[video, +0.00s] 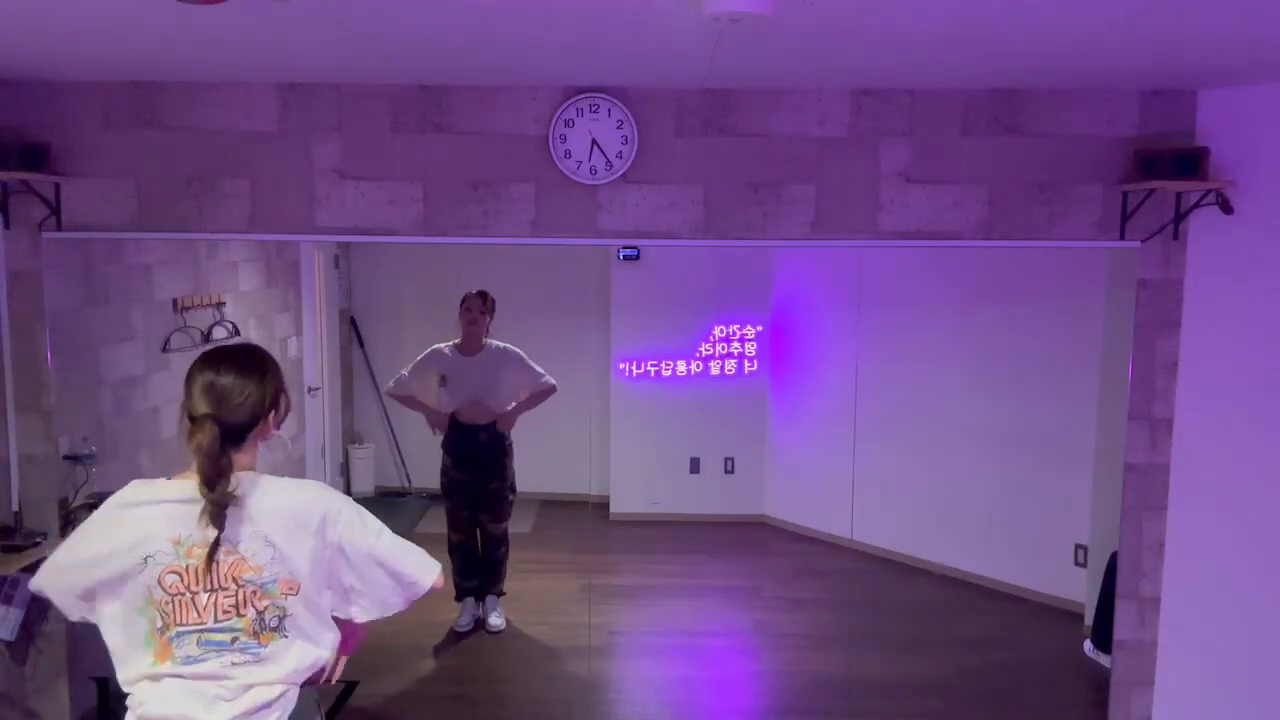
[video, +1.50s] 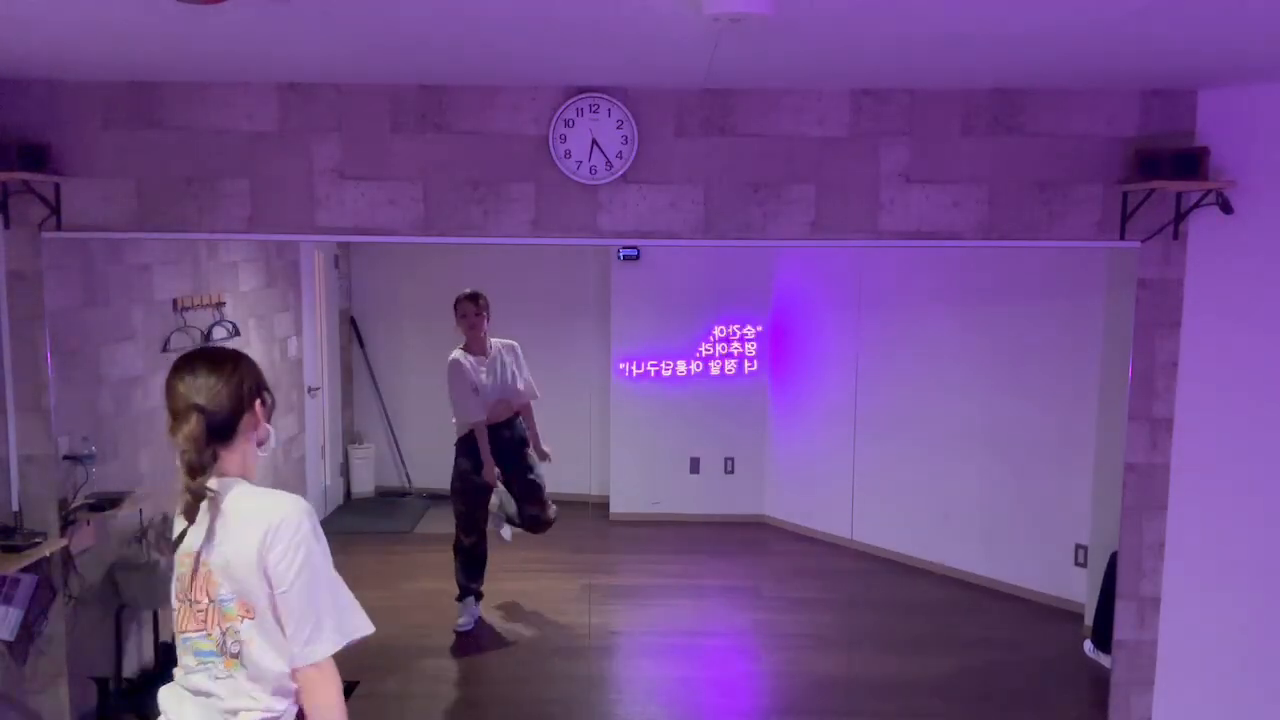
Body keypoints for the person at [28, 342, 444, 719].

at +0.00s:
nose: (283, 416)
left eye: (282, 404)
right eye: (282, 406)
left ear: (189, 411)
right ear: (271, 420)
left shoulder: (131, 507)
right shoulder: (312, 507)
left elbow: (55, 583)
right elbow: (429, 579)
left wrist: (138, 614)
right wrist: (351, 623)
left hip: (157, 708)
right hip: (270, 710)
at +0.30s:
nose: (255, 409)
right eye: (252, 399)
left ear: (162, 424)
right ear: (247, 416)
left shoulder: (130, 513)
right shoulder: (302, 511)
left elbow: (138, 587)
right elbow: (349, 597)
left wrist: (145, 502)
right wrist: (418, 526)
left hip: (158, 713)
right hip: (268, 711)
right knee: (309, 691)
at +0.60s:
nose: (244, 416)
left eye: (241, 404)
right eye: (242, 406)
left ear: (153, 421)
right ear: (234, 418)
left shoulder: (118, 517)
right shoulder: (289, 512)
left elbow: (126, 631)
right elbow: (316, 610)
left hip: (151, 710)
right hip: (262, 710)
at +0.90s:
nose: (245, 417)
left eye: (244, 402)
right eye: (244, 404)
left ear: (154, 412)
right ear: (233, 419)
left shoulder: (113, 510)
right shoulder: (278, 508)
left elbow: (114, 635)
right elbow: (314, 625)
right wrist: (359, 569)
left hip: (134, 706)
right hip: (244, 707)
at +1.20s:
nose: (245, 416)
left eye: (244, 405)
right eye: (244, 406)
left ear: (156, 422)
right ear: (232, 417)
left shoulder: (132, 515)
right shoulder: (286, 506)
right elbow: (321, 622)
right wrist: (336, 568)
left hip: (135, 708)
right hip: (245, 711)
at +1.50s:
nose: (267, 415)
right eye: (267, 403)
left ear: (180, 420)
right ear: (258, 412)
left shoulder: (186, 517)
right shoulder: (283, 517)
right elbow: (313, 667)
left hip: (181, 705)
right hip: (264, 709)